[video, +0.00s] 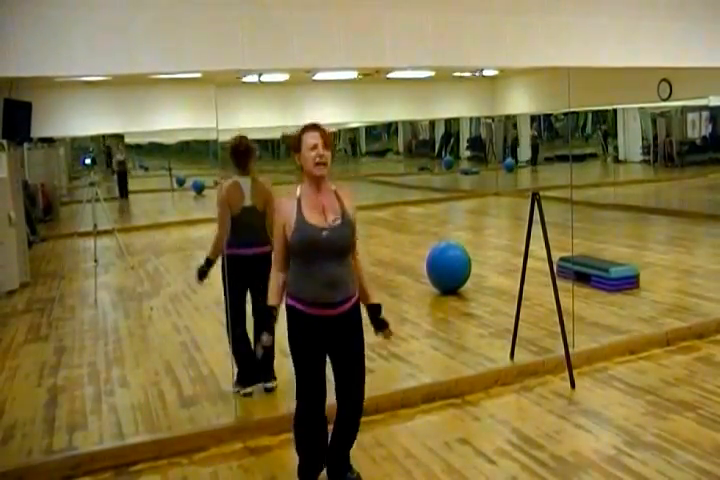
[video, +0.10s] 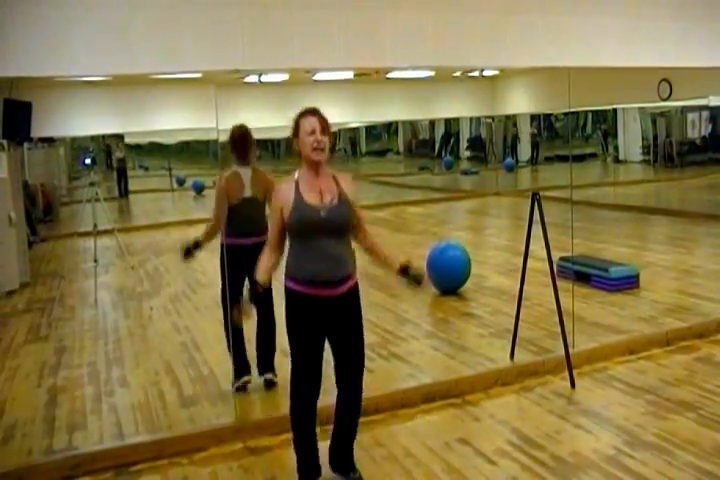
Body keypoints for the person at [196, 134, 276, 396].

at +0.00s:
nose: (247, 161)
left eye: (238, 156)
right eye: (249, 156)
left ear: (231, 159)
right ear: (253, 158)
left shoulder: (227, 190)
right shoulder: (265, 188)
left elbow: (223, 232)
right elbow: (273, 226)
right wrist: (277, 255)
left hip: (236, 259)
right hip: (263, 257)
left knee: (236, 318)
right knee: (264, 314)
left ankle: (247, 375)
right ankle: (267, 373)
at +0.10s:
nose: (242, 150)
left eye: (236, 145)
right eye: (247, 144)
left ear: (230, 149)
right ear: (253, 147)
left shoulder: (226, 181)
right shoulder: (265, 179)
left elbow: (217, 223)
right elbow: (278, 215)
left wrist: (198, 243)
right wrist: (277, 243)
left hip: (233, 250)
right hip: (260, 247)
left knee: (232, 307)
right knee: (264, 304)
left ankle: (241, 372)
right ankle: (267, 368)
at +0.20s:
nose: (247, 139)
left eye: (236, 135)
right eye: (250, 134)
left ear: (230, 138)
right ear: (253, 137)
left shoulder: (223, 170)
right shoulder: (266, 167)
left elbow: (201, 202)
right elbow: (281, 199)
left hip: (231, 241)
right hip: (260, 239)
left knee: (227, 301)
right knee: (269, 297)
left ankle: (231, 366)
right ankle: (276, 358)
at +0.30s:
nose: (256, 144)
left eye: (254, 140)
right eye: (252, 140)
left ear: (226, 146)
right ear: (248, 144)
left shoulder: (222, 173)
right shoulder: (264, 167)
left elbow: (189, 180)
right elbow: (296, 159)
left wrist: (179, 170)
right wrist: (294, 127)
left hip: (232, 244)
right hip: (261, 243)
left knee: (220, 305)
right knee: (277, 301)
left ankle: (216, 370)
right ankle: (291, 361)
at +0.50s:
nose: (241, 168)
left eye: (238, 163)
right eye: (244, 162)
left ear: (233, 168)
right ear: (255, 167)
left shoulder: (228, 194)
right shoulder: (267, 190)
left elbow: (198, 167)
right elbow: (284, 156)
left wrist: (208, 137)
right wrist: (270, 129)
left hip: (235, 271)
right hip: (265, 269)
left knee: (209, 325)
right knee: (288, 320)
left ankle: (208, 386)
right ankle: (305, 369)